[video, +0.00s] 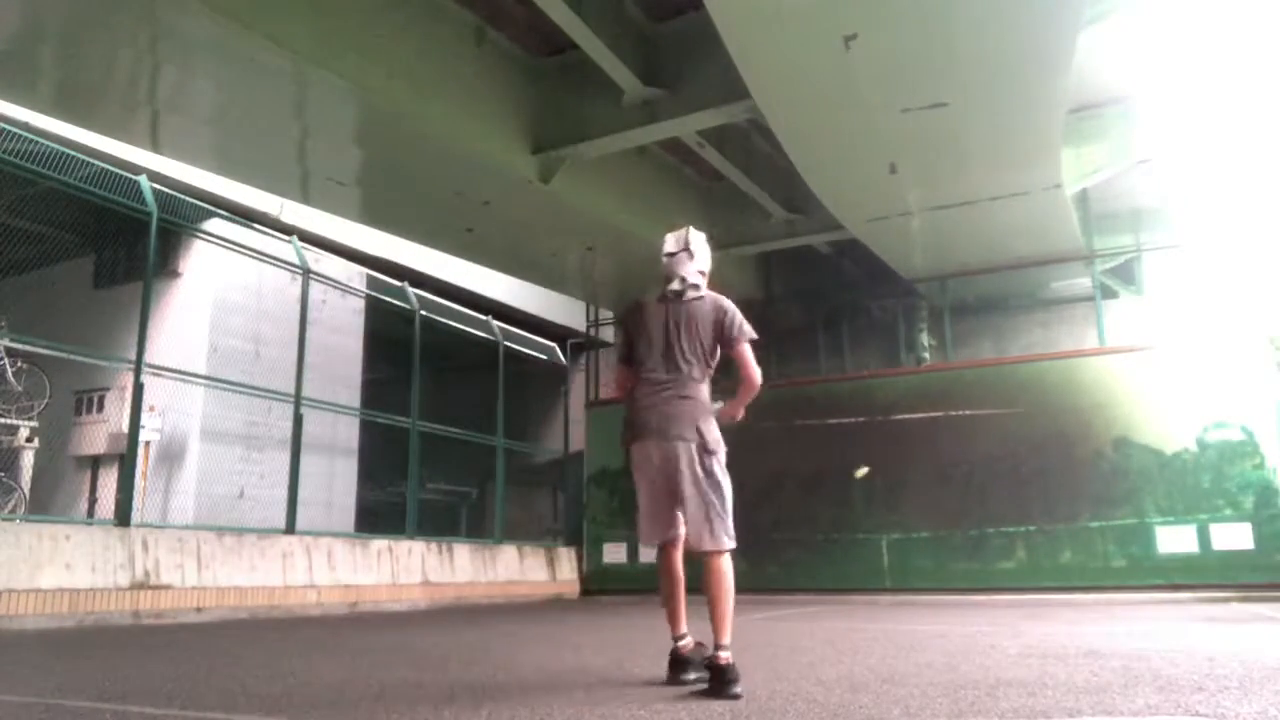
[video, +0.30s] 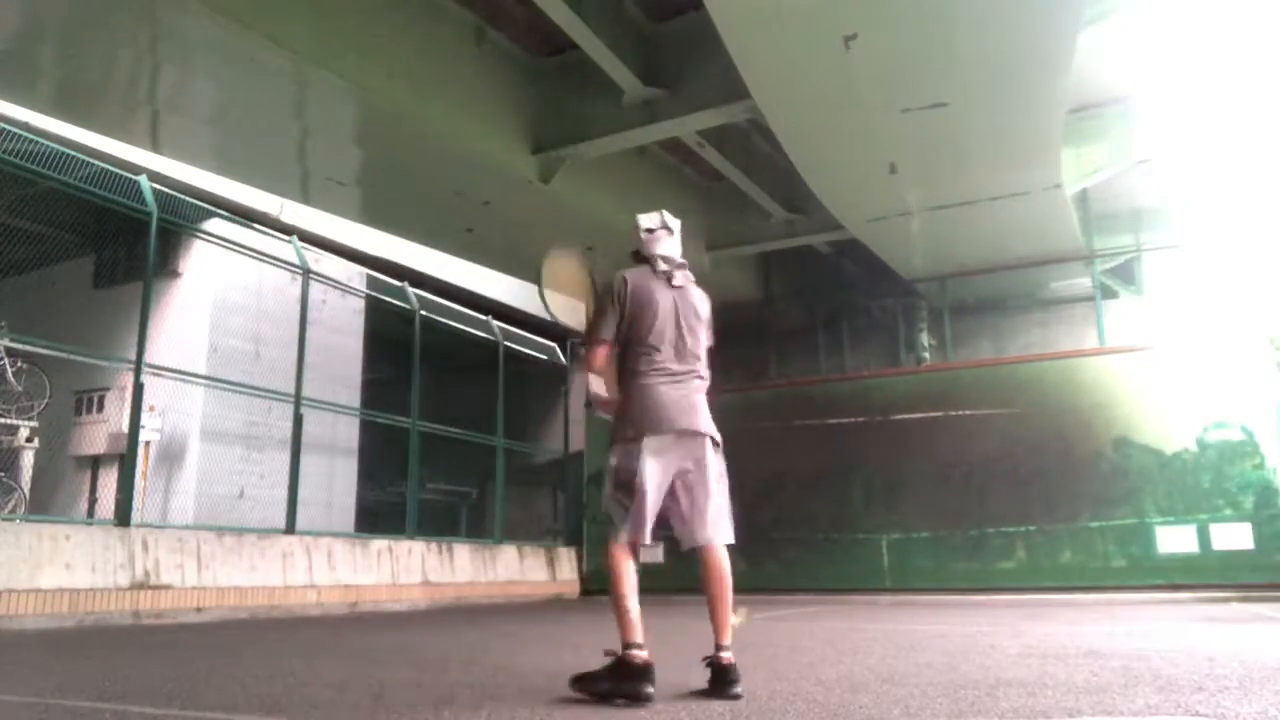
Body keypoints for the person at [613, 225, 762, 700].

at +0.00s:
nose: (700, 266)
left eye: (681, 257)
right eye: (703, 259)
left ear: (665, 264)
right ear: (705, 265)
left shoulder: (638, 313)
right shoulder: (721, 308)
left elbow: (619, 386)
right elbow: (753, 378)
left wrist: (649, 386)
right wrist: (736, 406)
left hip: (646, 437)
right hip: (697, 434)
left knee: (670, 543)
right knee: (716, 546)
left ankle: (681, 648)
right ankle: (722, 659)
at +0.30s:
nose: (647, 241)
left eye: (642, 239)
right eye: (661, 236)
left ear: (639, 246)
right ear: (678, 245)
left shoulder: (626, 283)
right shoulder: (699, 295)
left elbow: (598, 358)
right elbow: (700, 363)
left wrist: (613, 394)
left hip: (644, 422)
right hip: (699, 421)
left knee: (621, 541)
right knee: (712, 541)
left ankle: (634, 660)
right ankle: (725, 662)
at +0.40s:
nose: (621, 248)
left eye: (621, 241)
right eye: (635, 239)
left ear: (623, 243)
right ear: (661, 245)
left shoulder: (617, 277)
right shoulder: (676, 290)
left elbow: (581, 350)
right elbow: (662, 365)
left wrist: (564, 337)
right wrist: (599, 375)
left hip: (638, 421)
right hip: (683, 424)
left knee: (616, 539)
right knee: (692, 543)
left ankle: (634, 668)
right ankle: (723, 661)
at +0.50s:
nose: (594, 251)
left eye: (596, 243)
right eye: (601, 244)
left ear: (602, 241)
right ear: (637, 244)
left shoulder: (603, 267)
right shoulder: (649, 287)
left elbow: (553, 330)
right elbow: (605, 368)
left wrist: (534, 310)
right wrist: (541, 353)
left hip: (624, 417)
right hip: (654, 419)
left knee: (617, 539)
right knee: (643, 543)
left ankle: (635, 668)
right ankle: (687, 630)